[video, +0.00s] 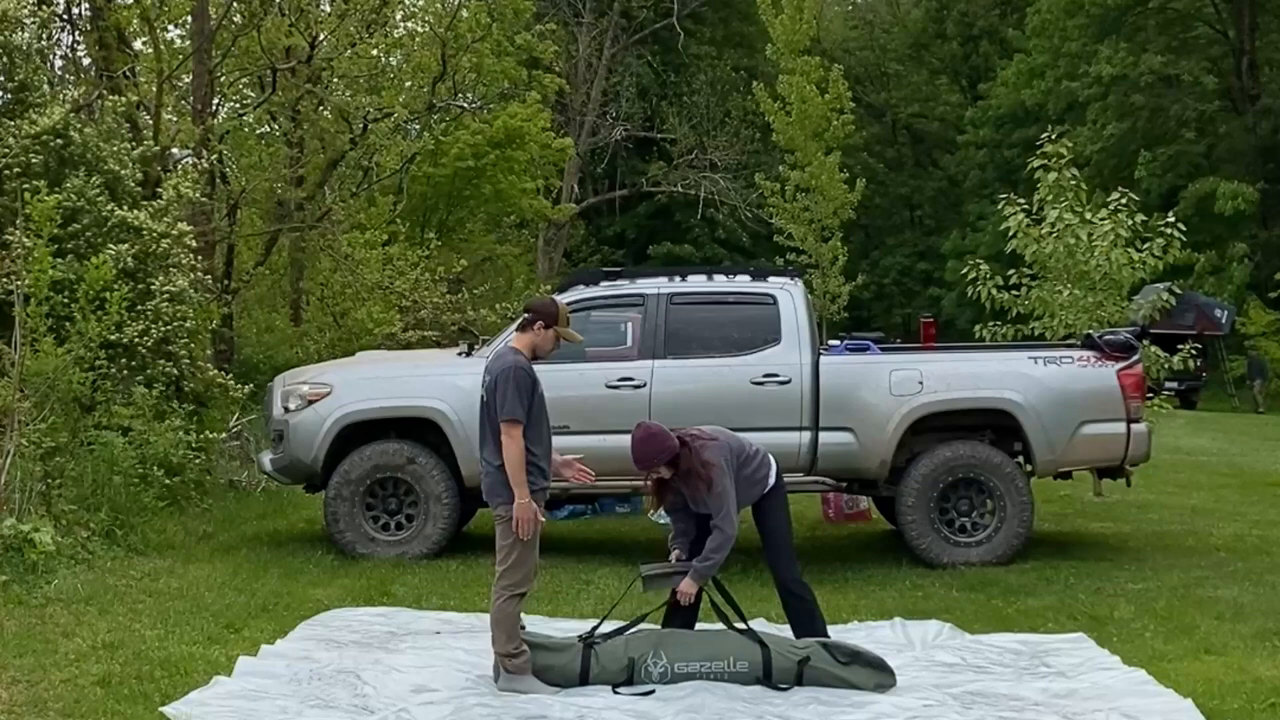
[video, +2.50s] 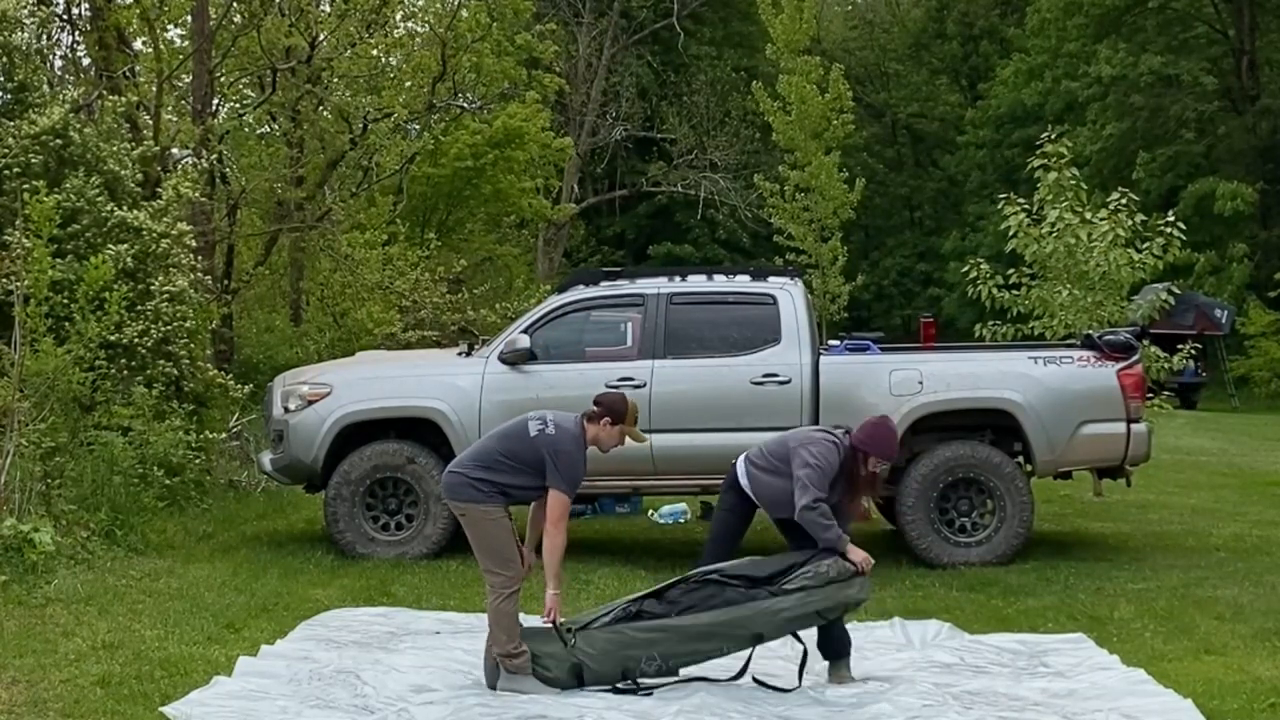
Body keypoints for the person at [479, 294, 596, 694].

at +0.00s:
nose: (557, 345)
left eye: (559, 339)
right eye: (557, 337)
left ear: (534, 328)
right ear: (540, 329)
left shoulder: (512, 363)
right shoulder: (512, 368)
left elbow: (515, 437)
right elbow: (511, 436)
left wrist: (555, 462)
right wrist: (522, 497)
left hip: (519, 494)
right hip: (515, 497)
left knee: (514, 583)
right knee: (512, 585)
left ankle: (508, 664)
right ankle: (512, 670)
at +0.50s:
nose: (606, 475)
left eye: (610, 469)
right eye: (605, 469)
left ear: (591, 448)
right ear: (589, 455)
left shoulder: (577, 435)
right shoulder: (551, 477)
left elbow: (538, 490)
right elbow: (546, 553)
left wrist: (518, 527)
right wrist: (548, 609)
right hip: (467, 492)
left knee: (508, 570)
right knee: (509, 574)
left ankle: (505, 663)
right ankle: (514, 671)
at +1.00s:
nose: (626, 447)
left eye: (629, 441)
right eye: (625, 439)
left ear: (605, 426)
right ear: (607, 431)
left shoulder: (576, 427)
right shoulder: (569, 459)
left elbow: (543, 487)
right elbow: (558, 536)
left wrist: (521, 530)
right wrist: (556, 590)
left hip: (482, 483)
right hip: (475, 487)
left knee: (508, 573)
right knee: (505, 578)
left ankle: (506, 664)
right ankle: (514, 671)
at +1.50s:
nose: (627, 443)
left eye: (629, 437)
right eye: (626, 436)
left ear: (605, 423)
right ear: (609, 426)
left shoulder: (573, 427)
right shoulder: (574, 455)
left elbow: (543, 488)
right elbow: (563, 535)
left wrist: (521, 532)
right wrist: (561, 590)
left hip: (480, 482)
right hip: (477, 488)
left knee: (508, 574)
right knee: (505, 579)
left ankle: (507, 664)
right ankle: (514, 671)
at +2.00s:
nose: (624, 441)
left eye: (626, 435)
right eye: (623, 433)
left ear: (602, 420)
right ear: (606, 423)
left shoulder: (569, 427)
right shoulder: (570, 453)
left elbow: (541, 490)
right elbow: (564, 534)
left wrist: (519, 533)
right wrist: (565, 589)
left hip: (480, 486)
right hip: (475, 490)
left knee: (508, 573)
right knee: (502, 579)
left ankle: (506, 663)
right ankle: (513, 671)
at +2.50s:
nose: (622, 442)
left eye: (625, 435)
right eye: (622, 433)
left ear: (601, 421)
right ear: (604, 423)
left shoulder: (566, 431)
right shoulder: (569, 450)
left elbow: (542, 500)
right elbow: (554, 525)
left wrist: (529, 547)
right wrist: (553, 590)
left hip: (476, 486)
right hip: (472, 489)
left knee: (511, 571)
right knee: (506, 576)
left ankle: (498, 661)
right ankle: (513, 670)